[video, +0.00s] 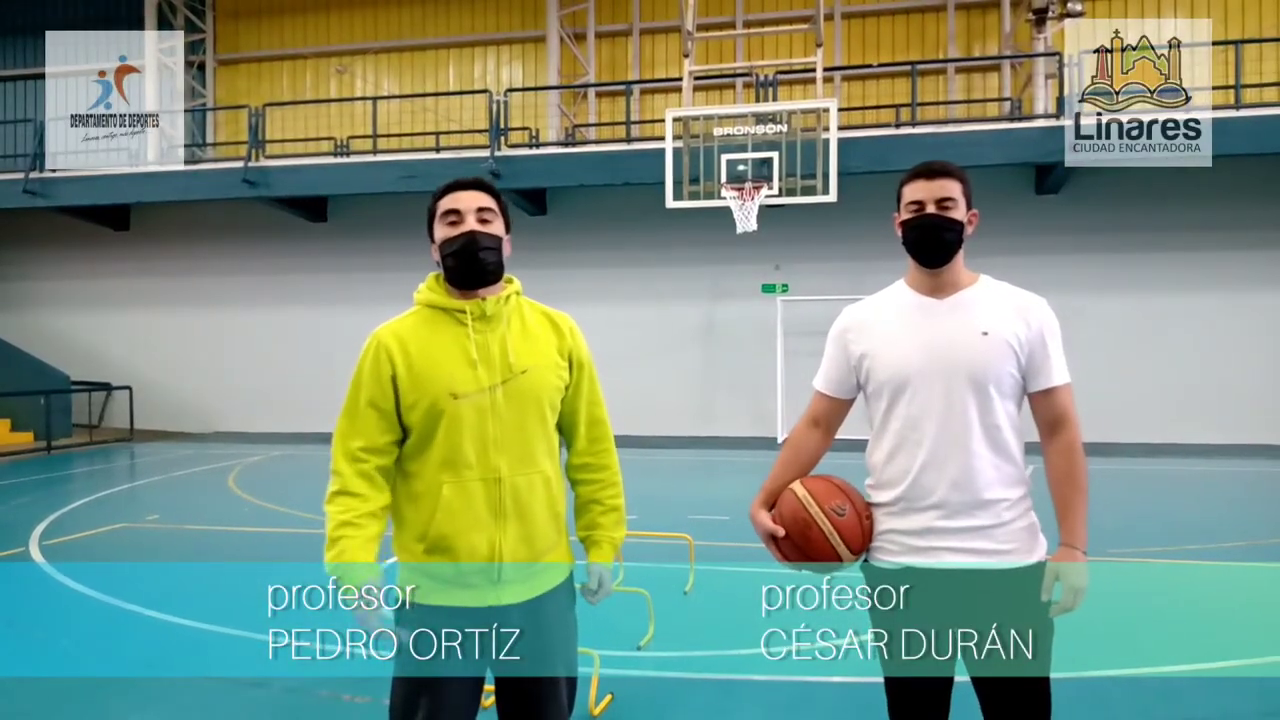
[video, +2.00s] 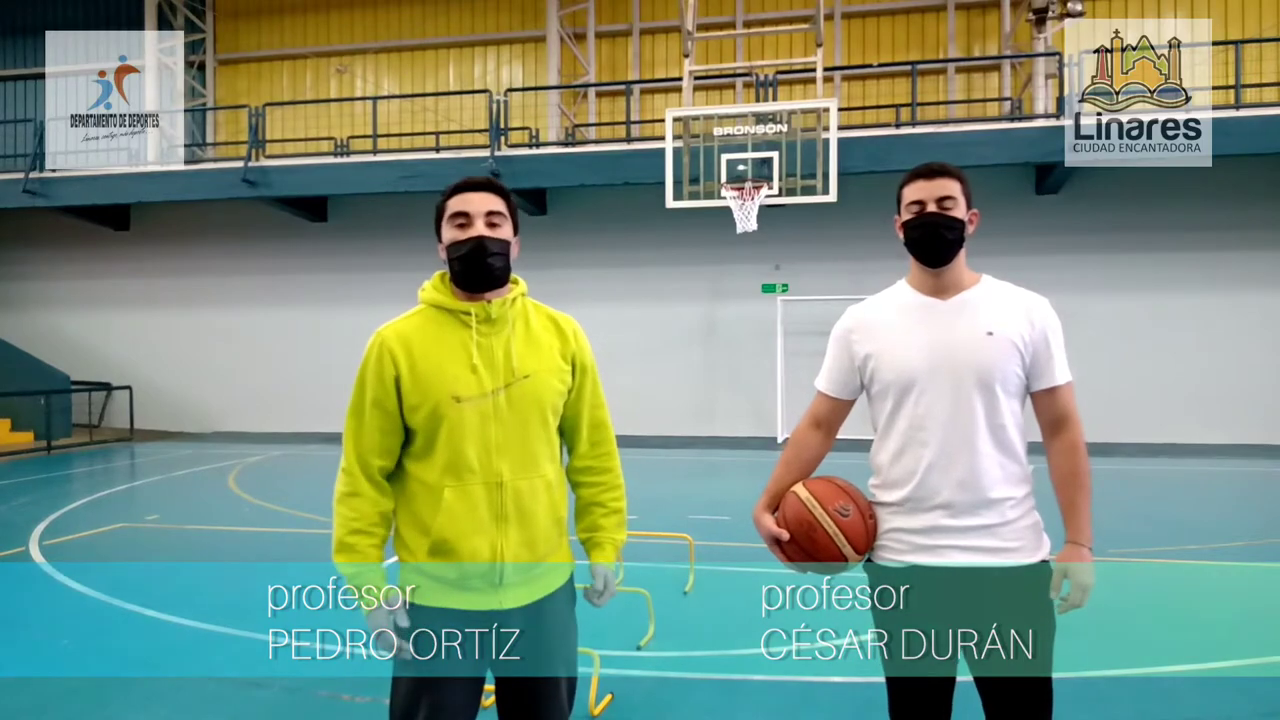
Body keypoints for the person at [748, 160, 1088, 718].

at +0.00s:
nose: (929, 217)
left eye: (945, 206)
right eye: (915, 208)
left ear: (971, 220)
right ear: (897, 226)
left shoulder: (1024, 315)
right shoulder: (860, 323)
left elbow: (1060, 432)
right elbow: (816, 425)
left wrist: (1072, 545)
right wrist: (761, 502)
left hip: (1005, 561)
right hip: (901, 562)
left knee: (1020, 710)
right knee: (914, 713)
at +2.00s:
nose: (931, 215)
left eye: (945, 204)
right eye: (916, 208)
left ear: (972, 220)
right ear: (898, 229)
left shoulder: (1026, 315)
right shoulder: (863, 324)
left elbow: (1062, 430)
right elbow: (818, 426)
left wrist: (1078, 542)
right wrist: (765, 505)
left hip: (1008, 559)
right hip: (906, 561)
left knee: (1022, 711)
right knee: (916, 712)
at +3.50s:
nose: (946, 239)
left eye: (958, 230)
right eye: (929, 232)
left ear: (976, 250)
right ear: (910, 253)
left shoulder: (1020, 323)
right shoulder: (875, 344)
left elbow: (1102, 397)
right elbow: (855, 455)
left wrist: (1042, 406)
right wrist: (853, 544)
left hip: (1010, 547)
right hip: (915, 550)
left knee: (1022, 691)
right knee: (915, 696)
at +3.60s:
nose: (931, 236)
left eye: (945, 229)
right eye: (916, 230)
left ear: (965, 250)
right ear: (900, 257)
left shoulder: (1017, 327)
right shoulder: (870, 347)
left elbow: (1081, 419)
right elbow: (854, 453)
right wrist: (853, 535)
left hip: (1009, 553)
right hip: (912, 556)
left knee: (1029, 701)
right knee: (916, 702)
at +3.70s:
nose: (919, 239)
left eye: (934, 232)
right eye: (904, 234)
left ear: (956, 254)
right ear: (890, 260)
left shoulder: (1009, 333)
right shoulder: (864, 350)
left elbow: (1047, 443)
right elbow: (852, 457)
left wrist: (1070, 549)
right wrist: (853, 547)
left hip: (1002, 555)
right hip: (906, 558)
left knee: (1025, 700)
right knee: (914, 702)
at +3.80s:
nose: (911, 240)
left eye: (927, 232)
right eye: (897, 234)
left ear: (951, 255)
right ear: (883, 259)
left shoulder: (1005, 330)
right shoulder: (856, 349)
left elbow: (1045, 436)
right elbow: (845, 457)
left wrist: (1043, 528)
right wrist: (850, 551)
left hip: (995, 553)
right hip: (898, 558)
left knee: (1020, 702)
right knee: (909, 704)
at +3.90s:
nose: (909, 239)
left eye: (923, 231)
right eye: (894, 233)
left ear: (947, 252)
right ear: (880, 255)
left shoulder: (1003, 327)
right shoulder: (853, 348)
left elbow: (1041, 435)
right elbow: (839, 456)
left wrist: (1030, 527)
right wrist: (839, 549)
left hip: (994, 550)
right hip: (898, 556)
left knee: (1018, 701)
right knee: (909, 703)